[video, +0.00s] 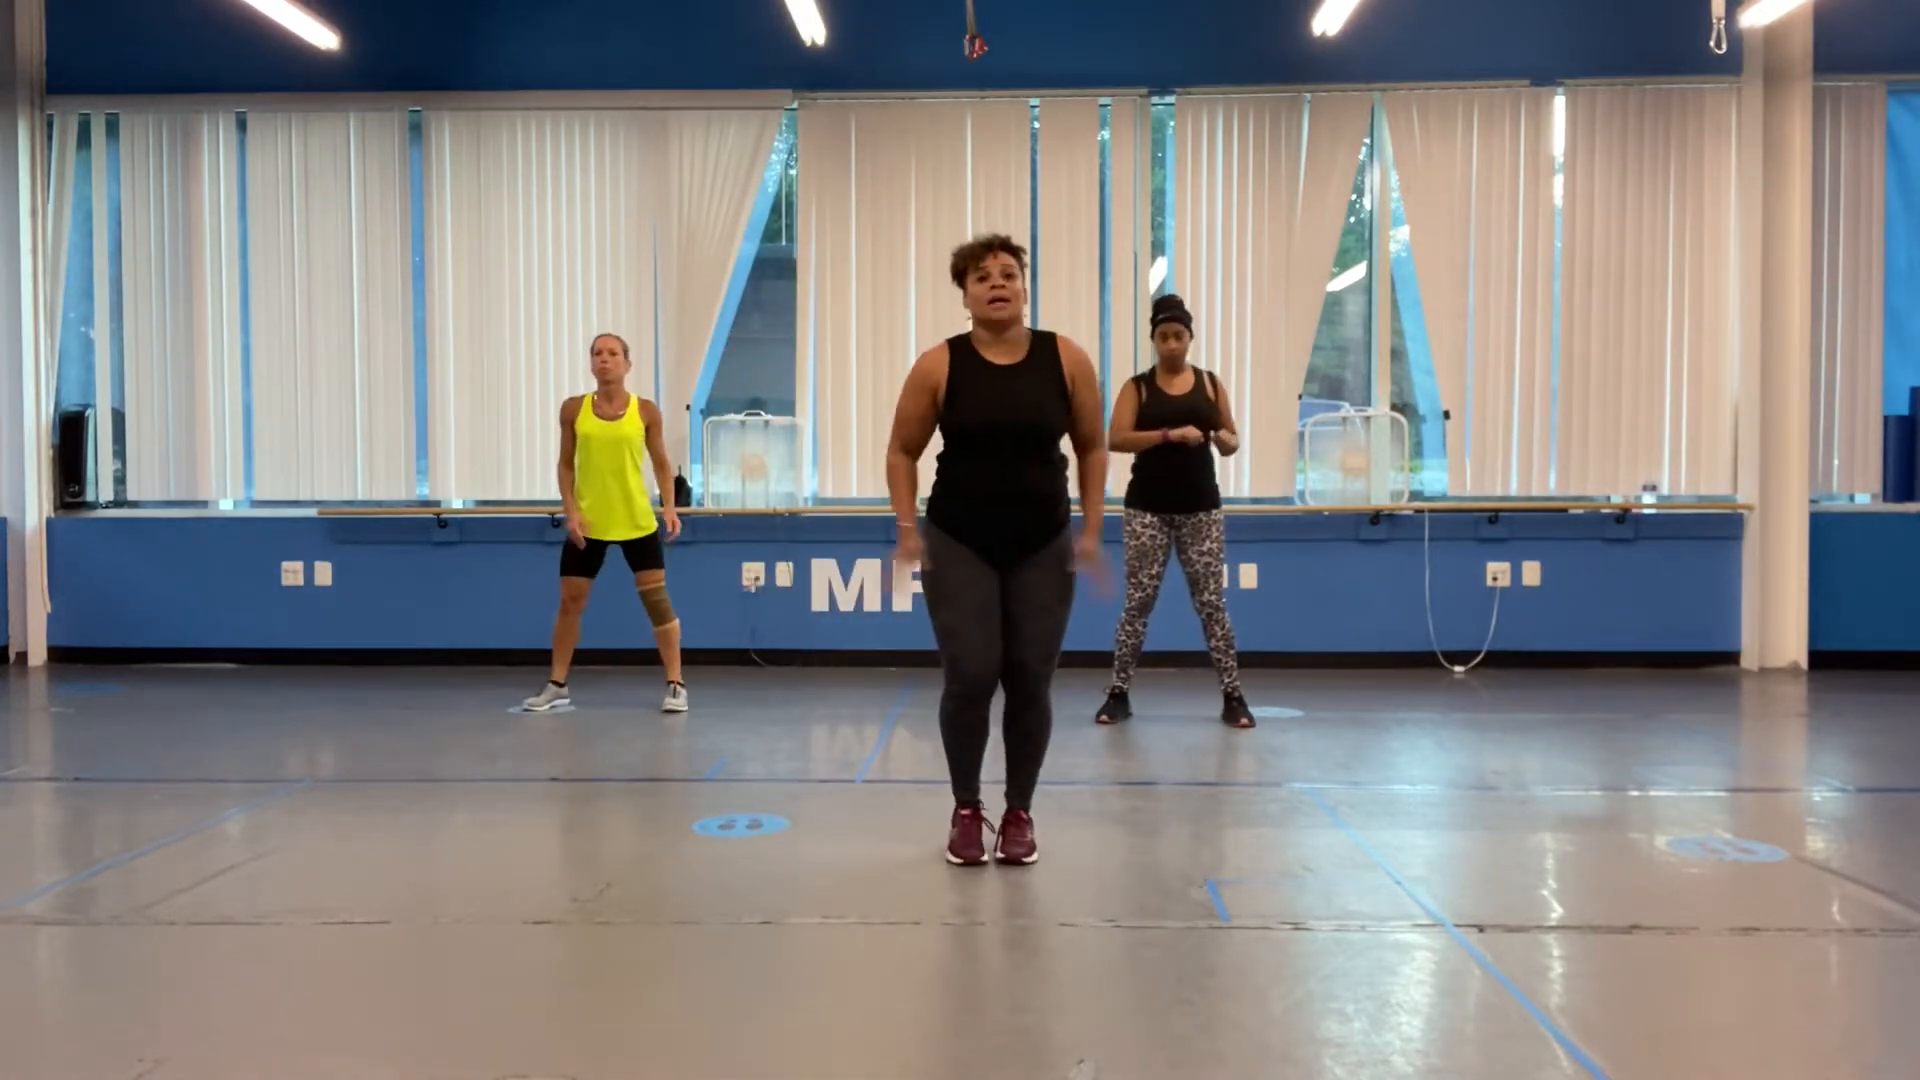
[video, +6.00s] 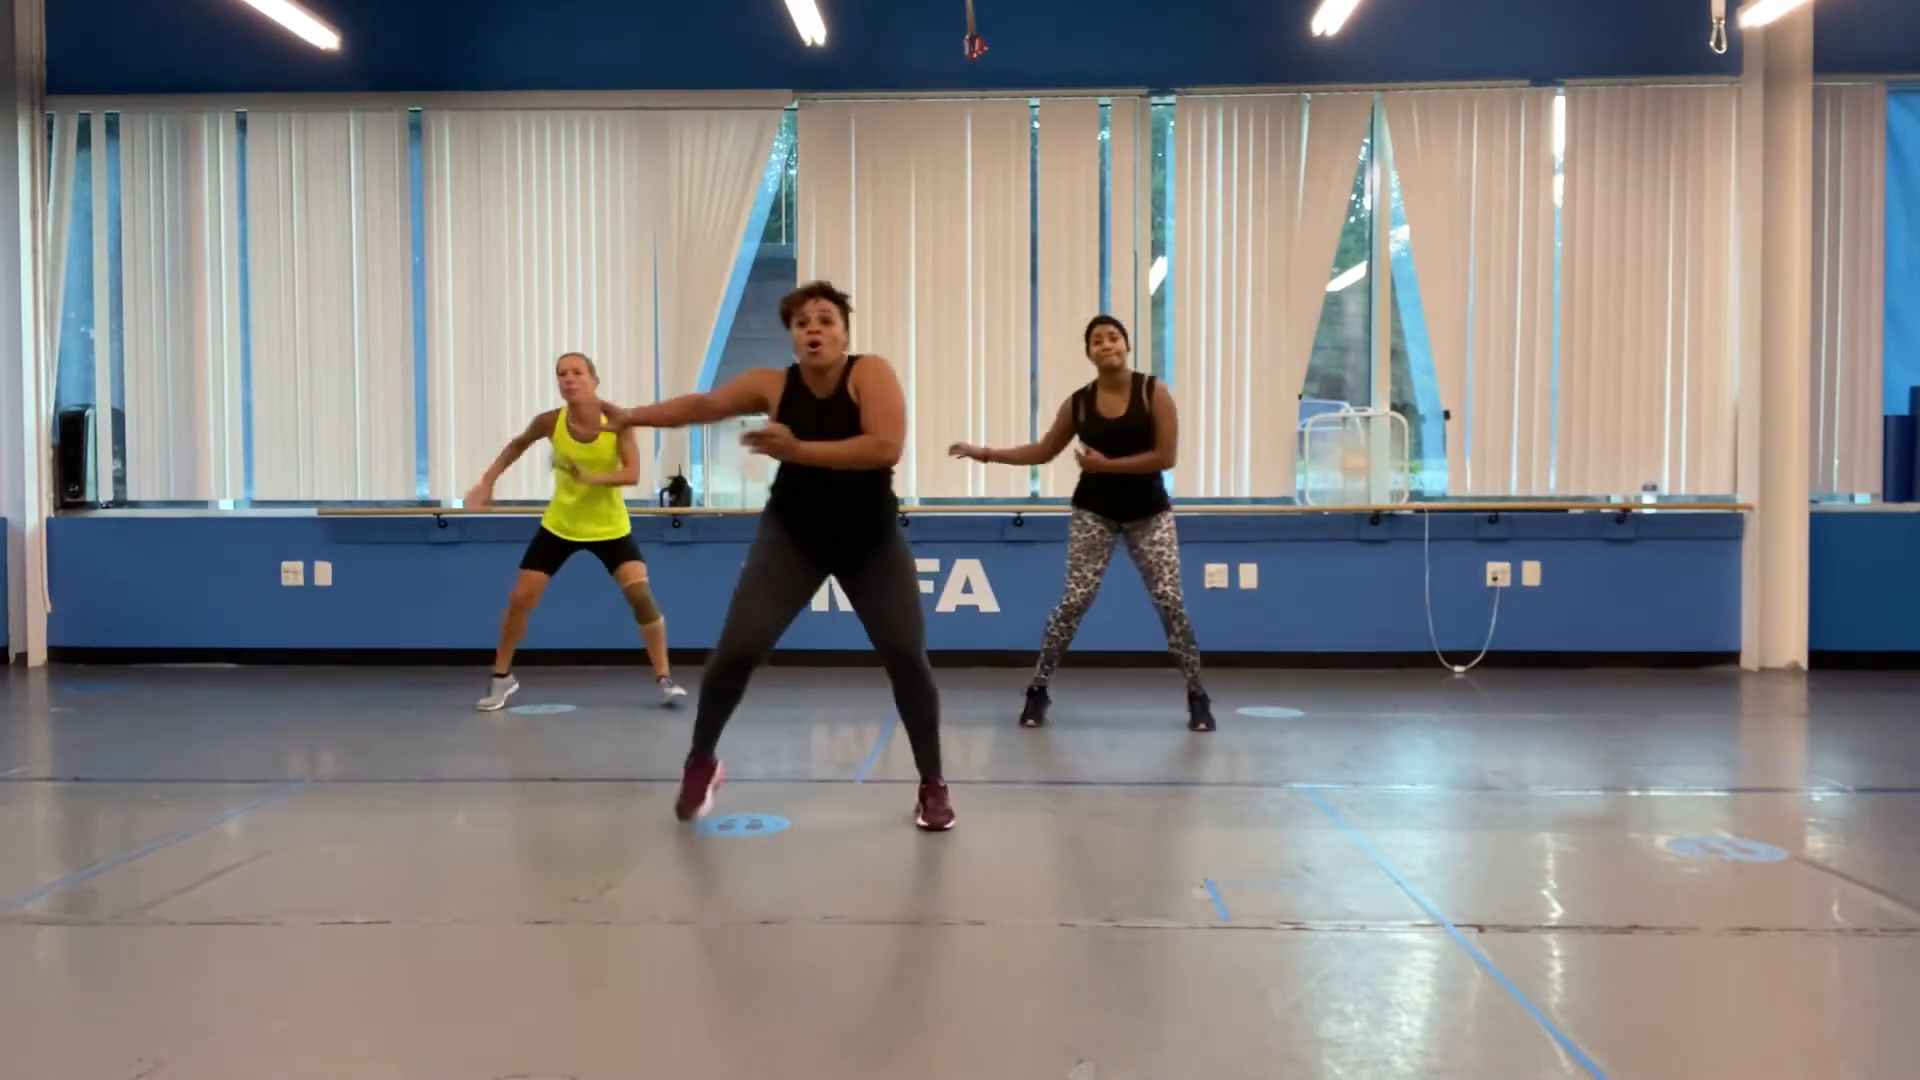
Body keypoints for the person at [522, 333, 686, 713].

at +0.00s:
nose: (603, 359)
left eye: (611, 353)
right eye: (598, 353)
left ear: (627, 363)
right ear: (590, 363)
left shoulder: (646, 411)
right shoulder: (573, 408)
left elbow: (661, 462)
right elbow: (565, 463)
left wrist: (669, 505)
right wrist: (570, 510)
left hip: (637, 519)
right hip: (590, 520)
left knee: (656, 600)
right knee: (570, 601)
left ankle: (675, 684)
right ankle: (557, 685)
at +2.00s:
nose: (465, 385)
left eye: (473, 380)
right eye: (460, 380)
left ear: (492, 390)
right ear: (455, 391)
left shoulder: (517, 426)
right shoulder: (447, 435)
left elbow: (557, 454)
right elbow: (442, 490)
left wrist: (597, 475)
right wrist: (477, 459)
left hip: (537, 527)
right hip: (493, 532)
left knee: (545, 603)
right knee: (458, 599)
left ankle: (585, 660)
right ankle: (465, 687)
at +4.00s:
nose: (656, 379)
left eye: (664, 373)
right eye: (650, 374)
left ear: (680, 383)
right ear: (644, 385)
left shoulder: (703, 423)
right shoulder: (634, 431)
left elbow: (729, 466)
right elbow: (642, 485)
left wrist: (737, 496)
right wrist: (630, 526)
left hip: (707, 527)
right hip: (661, 529)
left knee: (732, 600)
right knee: (622, 595)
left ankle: (742, 684)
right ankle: (621, 672)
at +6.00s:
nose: (568, 379)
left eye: (576, 373)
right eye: (562, 375)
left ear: (594, 380)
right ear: (558, 384)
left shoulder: (618, 422)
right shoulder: (549, 422)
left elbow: (632, 474)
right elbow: (518, 446)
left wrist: (591, 477)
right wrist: (487, 481)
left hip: (609, 526)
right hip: (560, 524)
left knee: (640, 592)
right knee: (521, 598)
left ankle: (665, 680)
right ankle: (501, 677)